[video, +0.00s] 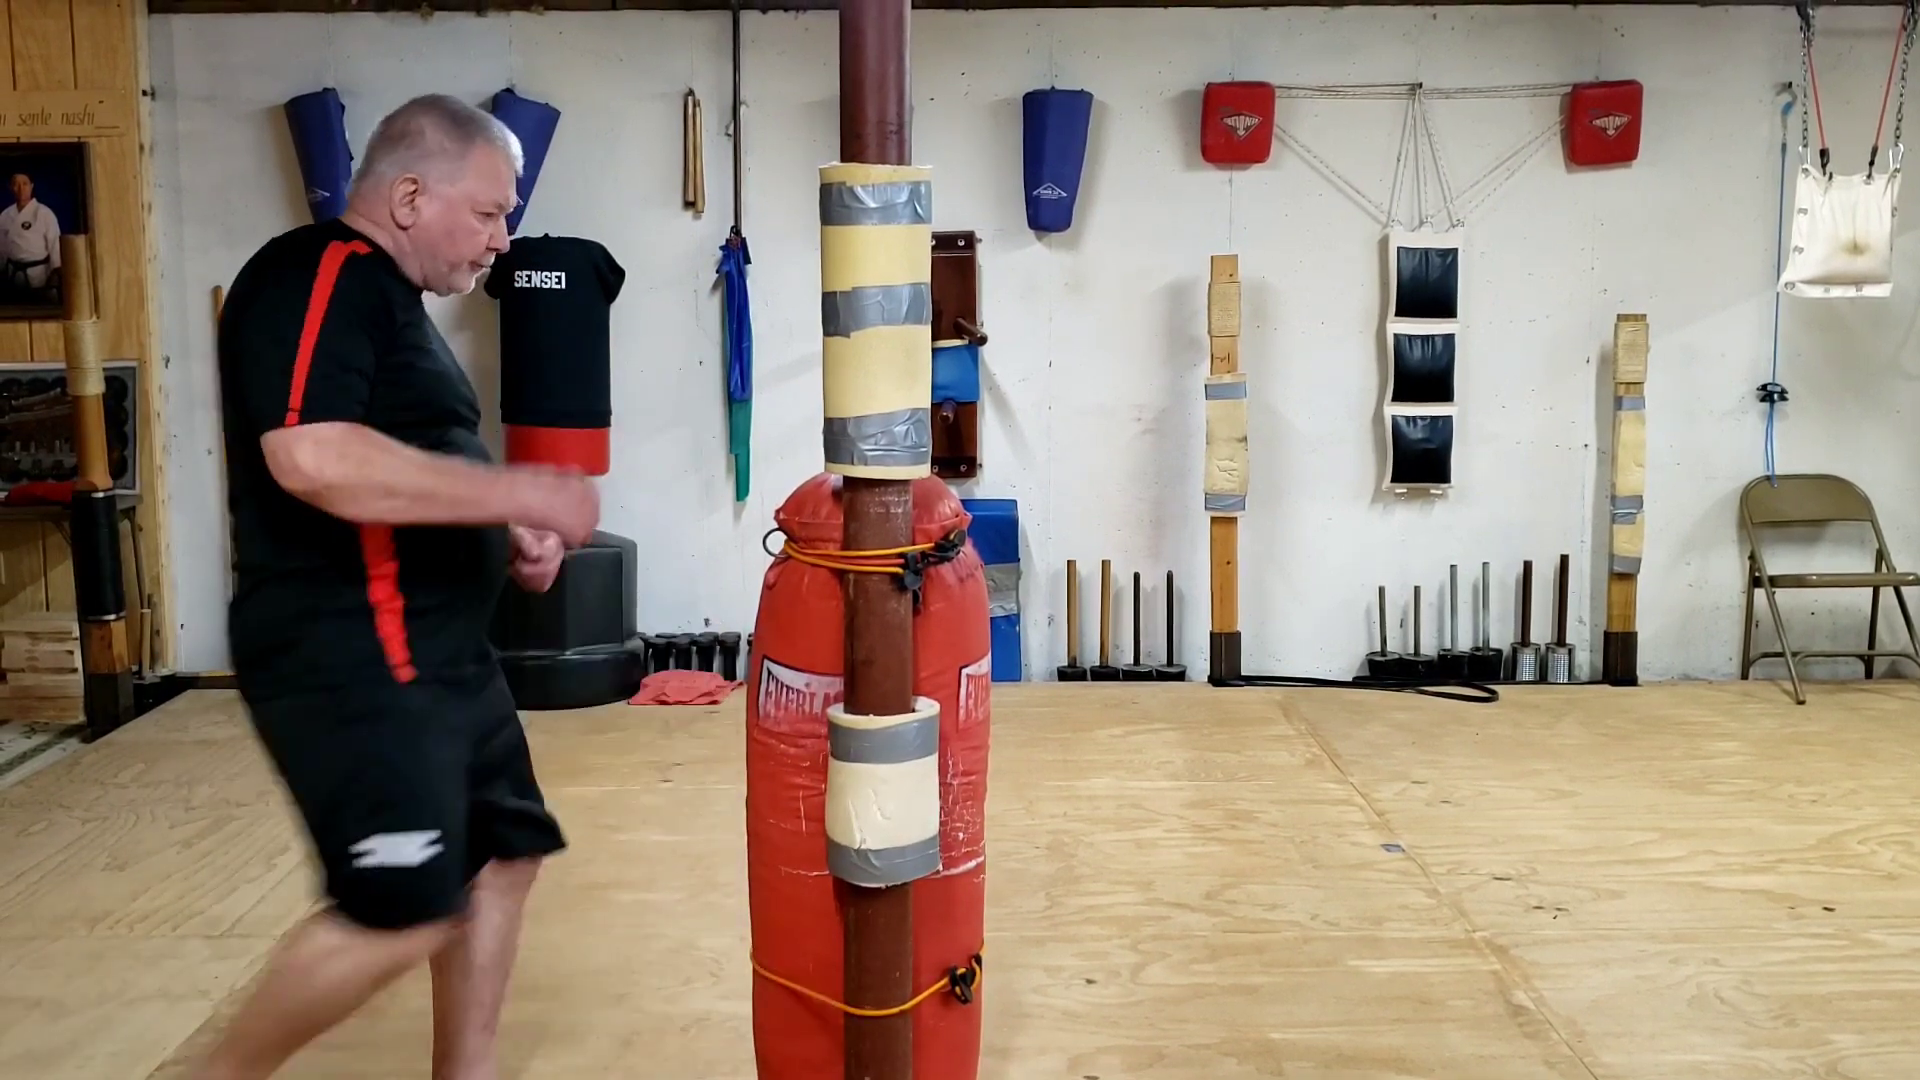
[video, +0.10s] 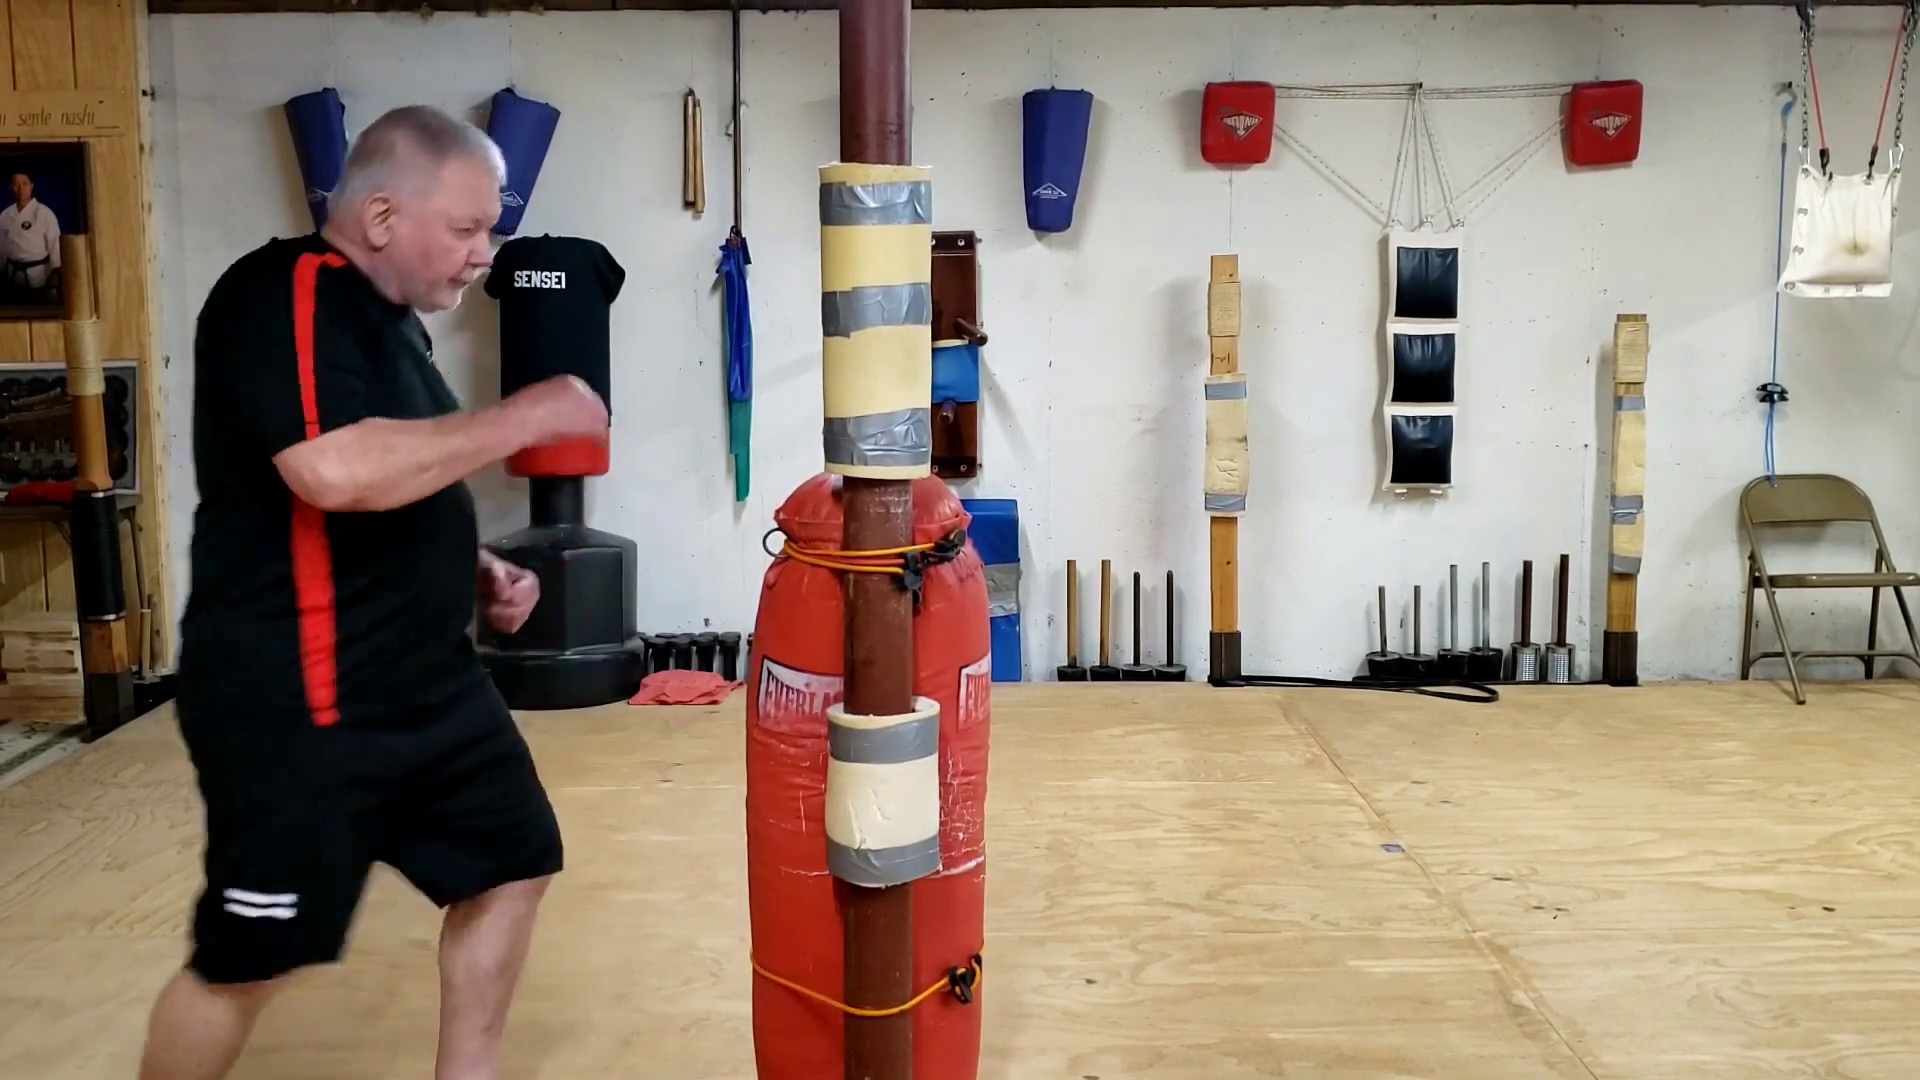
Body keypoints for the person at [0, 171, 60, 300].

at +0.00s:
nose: (21, 188)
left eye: (25, 184)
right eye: (17, 184)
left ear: (31, 186)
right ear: (12, 188)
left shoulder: (45, 214)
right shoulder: (5, 215)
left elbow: (54, 244)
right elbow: (3, 246)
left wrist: (56, 271)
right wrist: (3, 269)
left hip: (38, 273)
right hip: (12, 272)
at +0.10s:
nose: (21, 188)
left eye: (25, 184)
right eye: (16, 184)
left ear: (31, 186)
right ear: (12, 188)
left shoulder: (45, 214)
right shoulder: (5, 215)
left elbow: (54, 245)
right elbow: (3, 246)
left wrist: (56, 271)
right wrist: (3, 270)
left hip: (37, 272)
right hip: (12, 272)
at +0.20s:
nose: (21, 188)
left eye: (25, 184)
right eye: (16, 184)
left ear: (31, 187)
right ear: (12, 188)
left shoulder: (45, 214)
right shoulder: (5, 215)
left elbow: (54, 245)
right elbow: (3, 246)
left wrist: (56, 271)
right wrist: (3, 269)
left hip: (38, 272)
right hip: (12, 272)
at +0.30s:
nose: (21, 188)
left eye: (25, 184)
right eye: (16, 184)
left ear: (31, 186)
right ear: (12, 188)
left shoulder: (45, 214)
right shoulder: (5, 215)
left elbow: (54, 245)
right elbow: (2, 246)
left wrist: (56, 271)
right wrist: (3, 269)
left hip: (37, 272)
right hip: (11, 272)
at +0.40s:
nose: (21, 188)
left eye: (25, 184)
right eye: (17, 184)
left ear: (31, 186)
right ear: (13, 188)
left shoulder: (45, 214)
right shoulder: (5, 215)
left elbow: (54, 244)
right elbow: (3, 245)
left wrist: (55, 271)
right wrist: (3, 269)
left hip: (37, 272)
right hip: (11, 272)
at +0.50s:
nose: (21, 188)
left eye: (25, 184)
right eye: (16, 184)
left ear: (31, 187)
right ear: (12, 188)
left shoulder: (45, 214)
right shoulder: (5, 215)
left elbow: (54, 245)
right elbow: (3, 246)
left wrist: (56, 272)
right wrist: (2, 270)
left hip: (37, 272)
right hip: (11, 272)